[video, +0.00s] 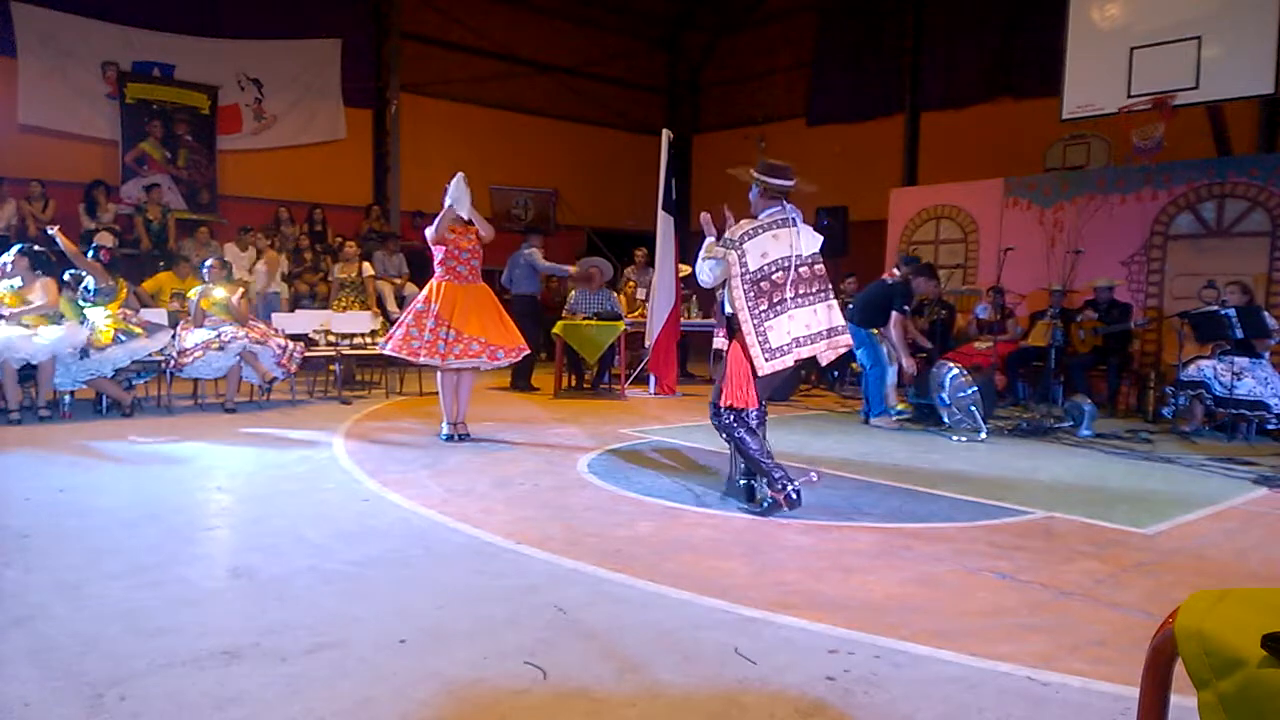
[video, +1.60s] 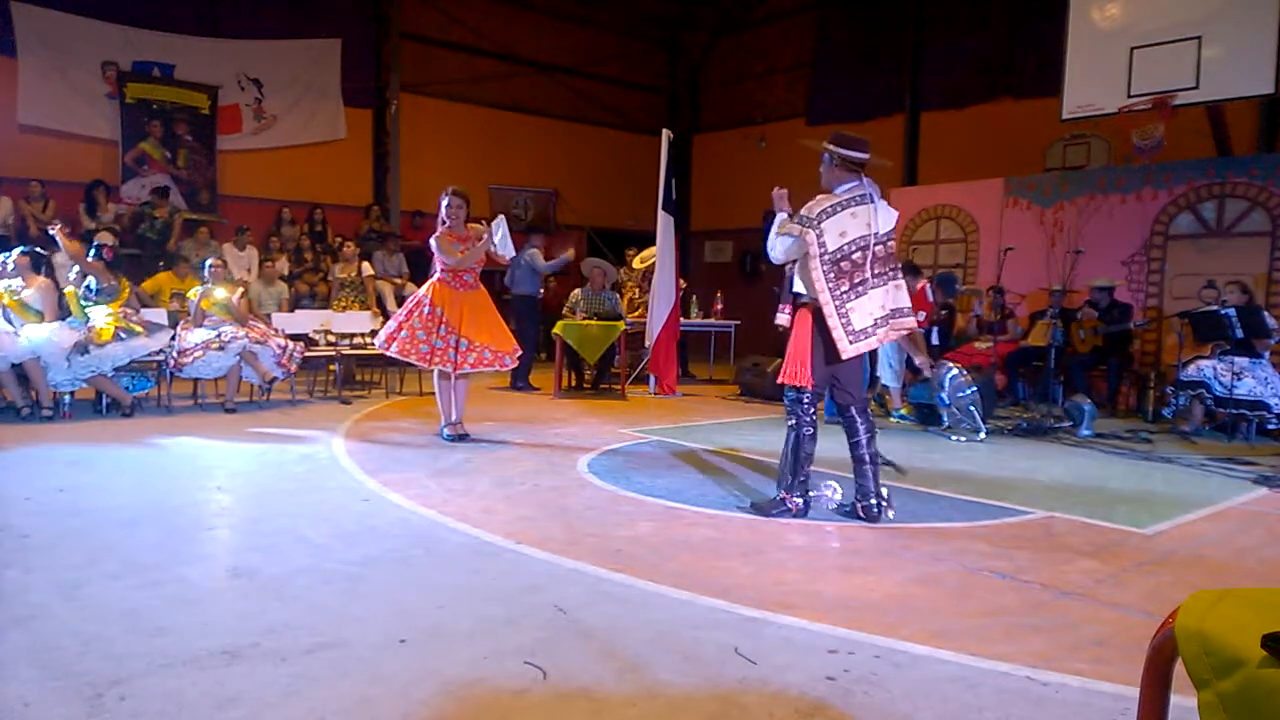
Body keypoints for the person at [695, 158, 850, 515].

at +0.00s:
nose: (750, 195)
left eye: (753, 189)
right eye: (753, 189)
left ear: (759, 193)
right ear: (786, 194)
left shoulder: (745, 233)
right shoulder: (802, 231)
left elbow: (707, 277)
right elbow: (762, 271)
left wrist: (710, 239)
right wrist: (738, 235)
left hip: (748, 336)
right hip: (786, 335)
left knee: (724, 413)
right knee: (753, 406)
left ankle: (782, 485)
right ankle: (747, 485)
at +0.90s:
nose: (777, 191)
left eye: (781, 187)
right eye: (780, 185)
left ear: (790, 192)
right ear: (813, 196)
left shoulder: (769, 229)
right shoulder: (826, 232)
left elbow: (724, 265)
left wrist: (733, 238)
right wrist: (748, 239)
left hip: (762, 331)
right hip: (801, 334)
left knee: (735, 408)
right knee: (769, 406)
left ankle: (787, 484)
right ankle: (755, 479)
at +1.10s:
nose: (784, 169)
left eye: (788, 164)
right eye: (787, 163)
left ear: (797, 170)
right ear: (823, 172)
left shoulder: (775, 210)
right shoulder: (841, 209)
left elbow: (732, 248)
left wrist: (738, 221)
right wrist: (764, 212)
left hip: (788, 319)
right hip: (824, 317)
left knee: (778, 399)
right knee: (780, 395)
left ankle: (795, 494)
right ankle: (768, 473)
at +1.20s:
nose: (790, 165)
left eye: (794, 162)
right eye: (793, 161)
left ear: (799, 167)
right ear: (831, 170)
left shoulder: (780, 210)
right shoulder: (844, 207)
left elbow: (745, 249)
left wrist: (741, 215)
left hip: (802, 318)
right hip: (832, 313)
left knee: (791, 397)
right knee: (790, 396)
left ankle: (795, 494)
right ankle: (794, 485)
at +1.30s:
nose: (798, 164)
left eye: (803, 160)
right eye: (802, 159)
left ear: (810, 167)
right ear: (838, 169)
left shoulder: (792, 209)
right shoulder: (850, 207)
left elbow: (754, 248)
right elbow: (860, 270)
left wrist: (762, 208)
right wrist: (868, 321)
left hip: (800, 317)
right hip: (835, 314)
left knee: (791, 398)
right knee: (807, 395)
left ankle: (793, 494)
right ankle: (830, 480)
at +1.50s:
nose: (813, 168)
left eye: (818, 163)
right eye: (817, 162)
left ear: (830, 168)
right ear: (853, 172)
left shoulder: (809, 211)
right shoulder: (867, 209)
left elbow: (772, 255)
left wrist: (761, 212)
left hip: (805, 318)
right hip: (847, 319)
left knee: (794, 403)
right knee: (846, 406)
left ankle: (793, 495)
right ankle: (869, 499)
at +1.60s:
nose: (820, 168)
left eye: (824, 162)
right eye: (823, 162)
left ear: (835, 166)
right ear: (858, 169)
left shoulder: (820, 209)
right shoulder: (881, 212)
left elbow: (779, 250)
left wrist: (780, 214)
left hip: (817, 317)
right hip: (859, 318)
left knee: (802, 404)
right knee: (854, 405)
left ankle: (793, 495)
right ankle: (870, 499)